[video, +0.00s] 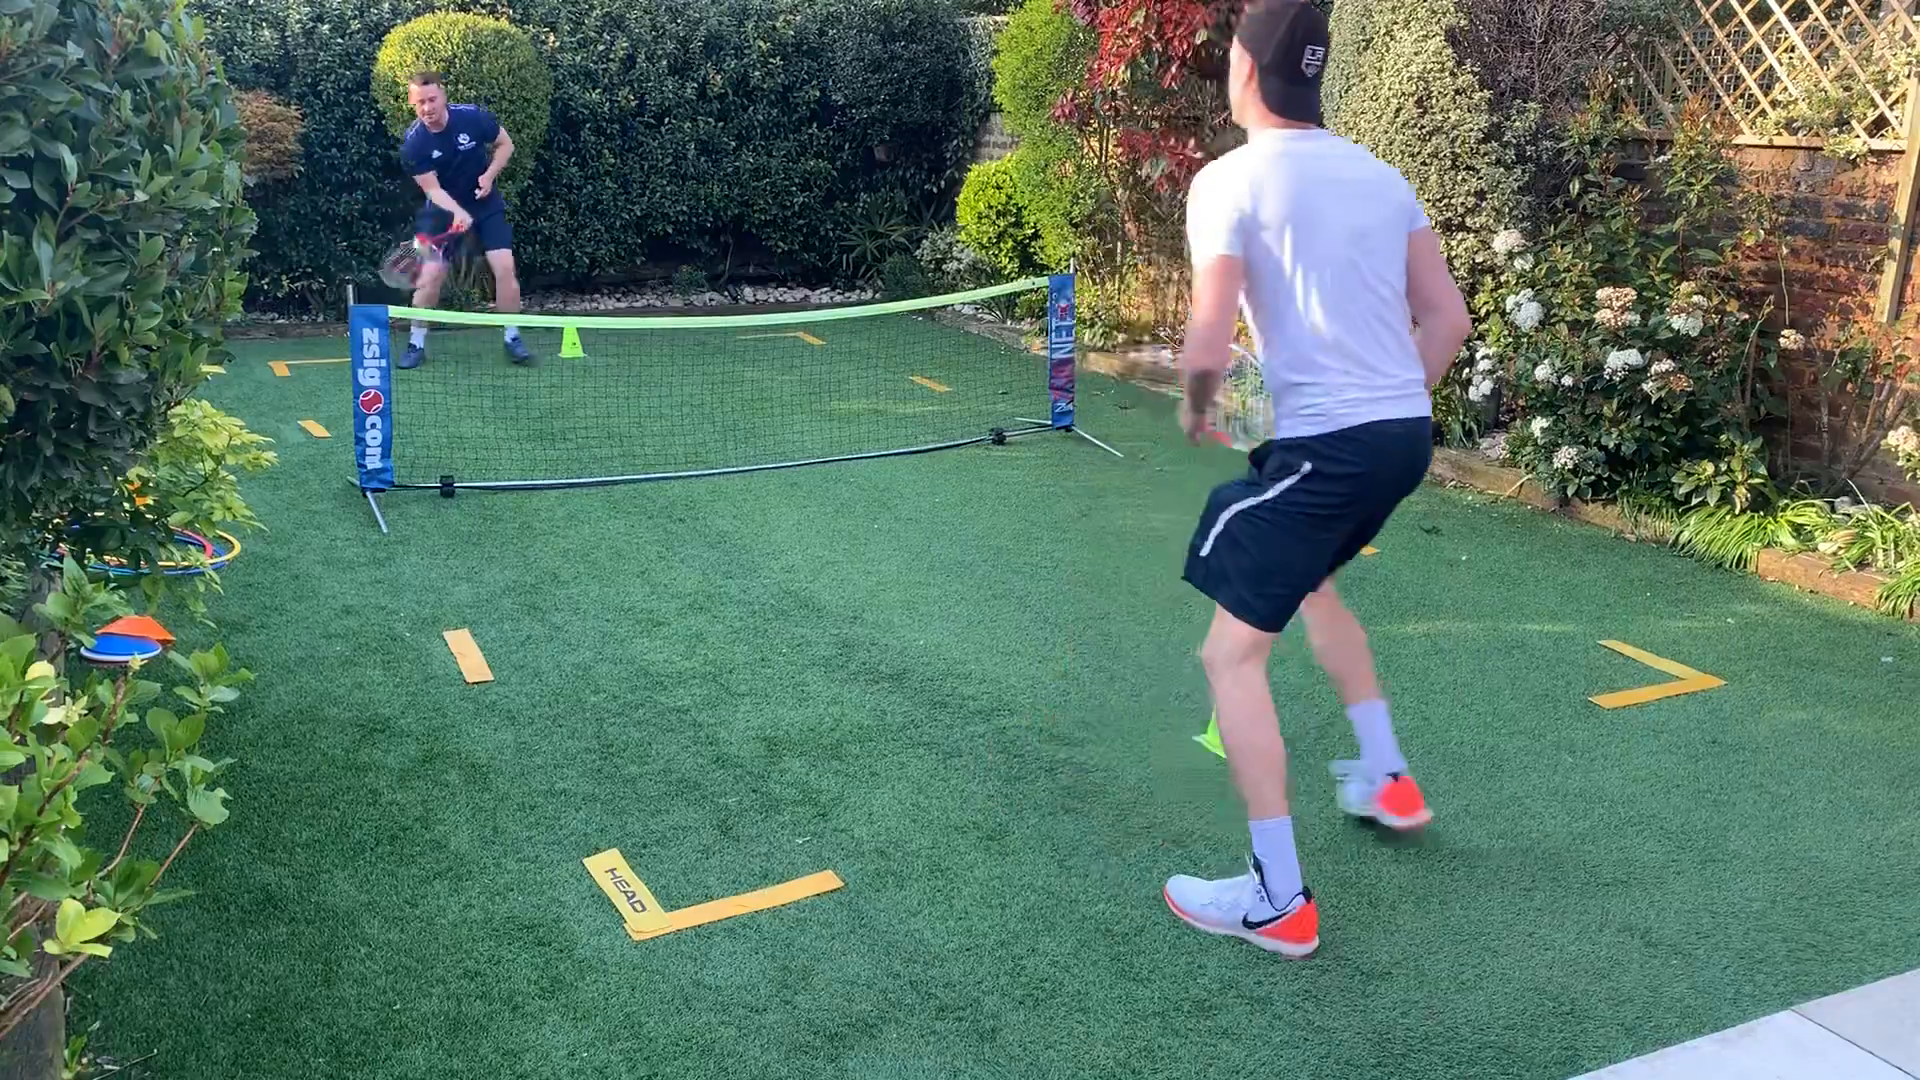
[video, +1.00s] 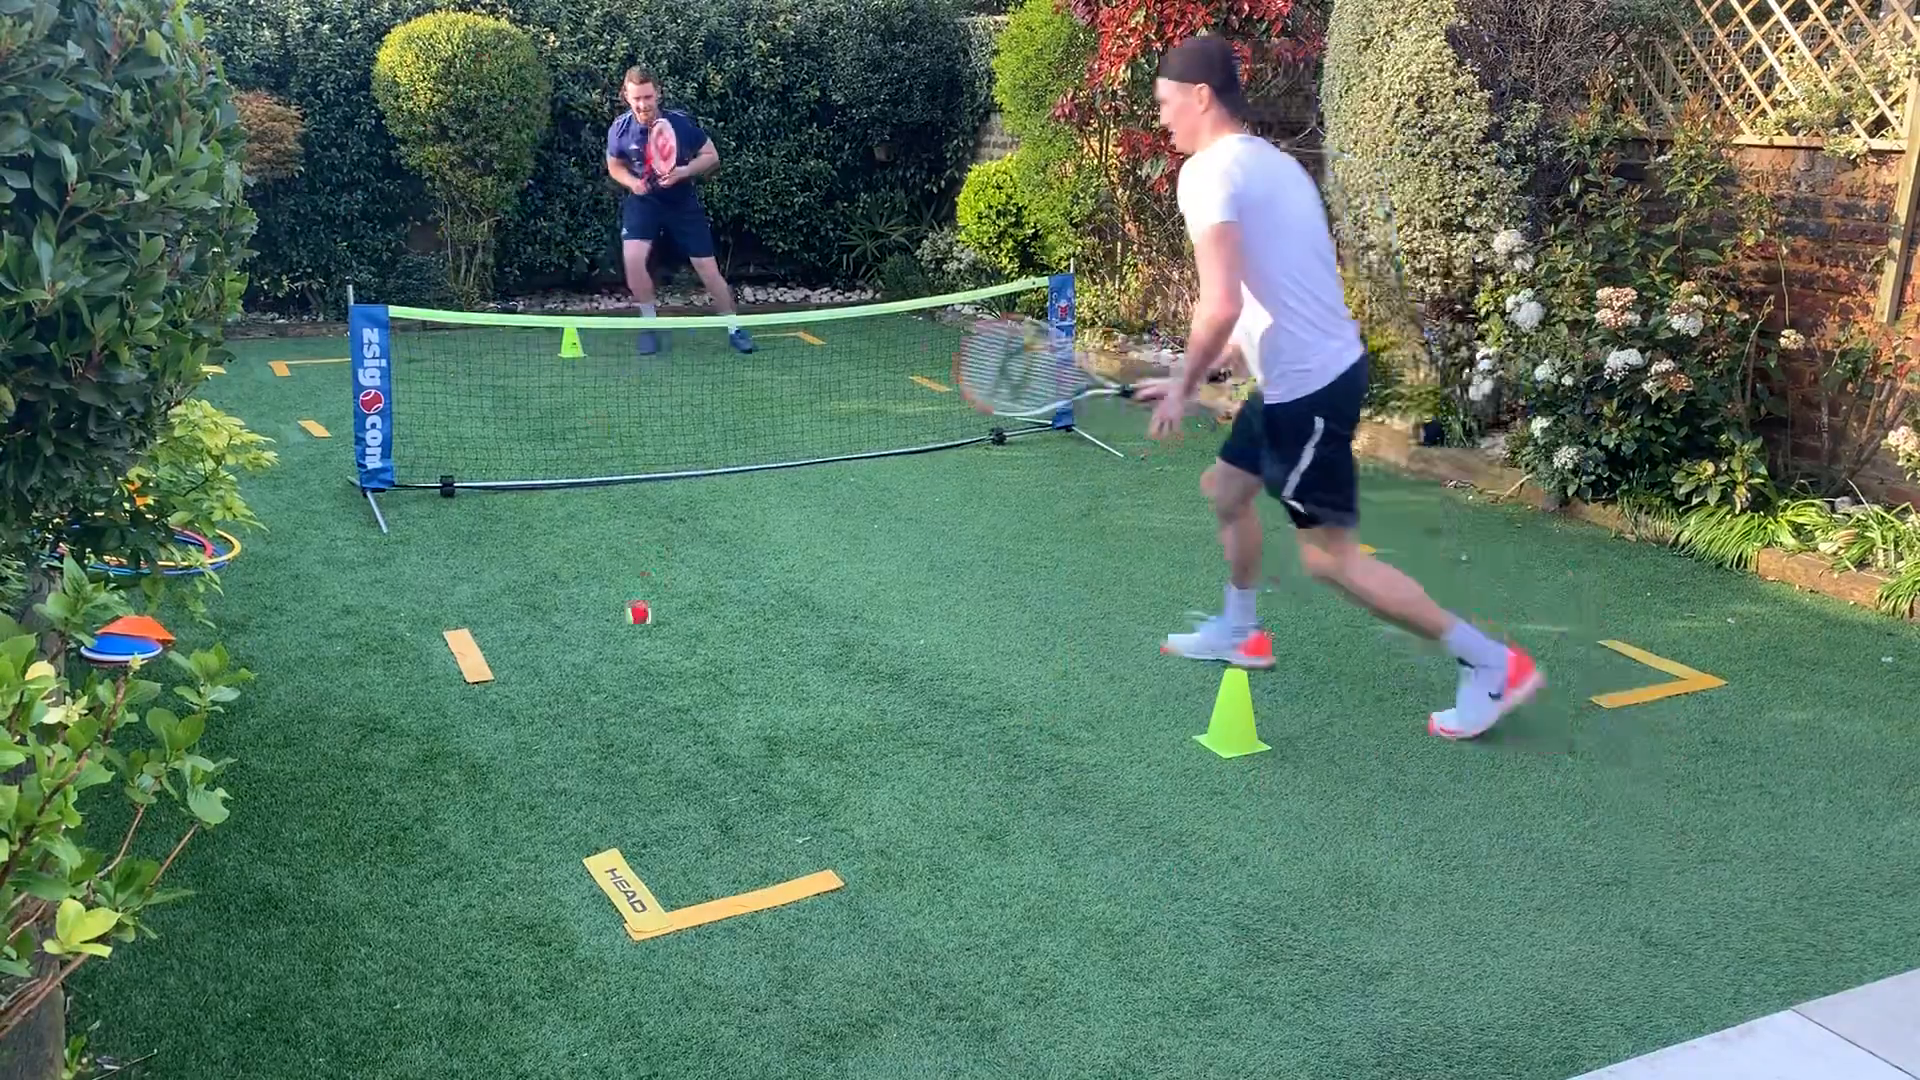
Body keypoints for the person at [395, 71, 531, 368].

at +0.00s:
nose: (427, 108)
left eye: (432, 99)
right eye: (420, 103)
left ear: (444, 97)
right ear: (413, 106)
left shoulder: (474, 118)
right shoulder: (413, 145)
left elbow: (505, 144)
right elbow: (432, 189)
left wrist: (491, 173)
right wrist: (458, 211)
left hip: (484, 203)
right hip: (441, 207)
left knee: (505, 268)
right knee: (431, 273)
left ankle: (512, 337)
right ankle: (416, 344)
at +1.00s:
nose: (642, 105)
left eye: (648, 98)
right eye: (636, 99)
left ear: (659, 94)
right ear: (626, 97)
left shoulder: (679, 122)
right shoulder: (620, 129)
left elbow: (712, 156)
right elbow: (614, 165)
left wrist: (682, 171)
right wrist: (633, 182)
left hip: (682, 201)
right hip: (643, 202)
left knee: (708, 269)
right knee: (632, 262)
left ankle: (734, 329)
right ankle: (649, 326)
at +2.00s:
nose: (569, 110)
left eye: (573, 103)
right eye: (562, 104)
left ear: (584, 103)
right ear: (554, 106)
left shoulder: (603, 136)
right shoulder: (544, 144)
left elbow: (626, 178)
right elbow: (530, 180)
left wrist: (596, 191)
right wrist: (529, 206)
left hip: (601, 215)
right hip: (560, 217)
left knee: (633, 269)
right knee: (534, 272)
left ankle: (642, 324)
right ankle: (512, 322)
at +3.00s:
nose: (561, 122)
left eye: (567, 114)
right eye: (554, 115)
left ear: (578, 115)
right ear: (545, 119)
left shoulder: (601, 149)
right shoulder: (538, 156)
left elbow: (634, 186)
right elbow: (536, 205)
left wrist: (604, 200)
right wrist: (549, 226)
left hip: (607, 231)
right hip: (566, 232)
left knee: (639, 294)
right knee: (532, 276)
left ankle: (681, 346)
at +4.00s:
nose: (465, 111)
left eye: (469, 105)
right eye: (458, 105)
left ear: (475, 107)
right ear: (442, 106)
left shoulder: (480, 140)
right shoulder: (424, 140)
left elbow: (492, 172)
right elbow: (389, 172)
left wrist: (480, 177)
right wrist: (403, 209)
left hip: (453, 224)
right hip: (419, 220)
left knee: (448, 284)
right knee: (406, 279)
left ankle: (412, 326)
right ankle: (366, 330)